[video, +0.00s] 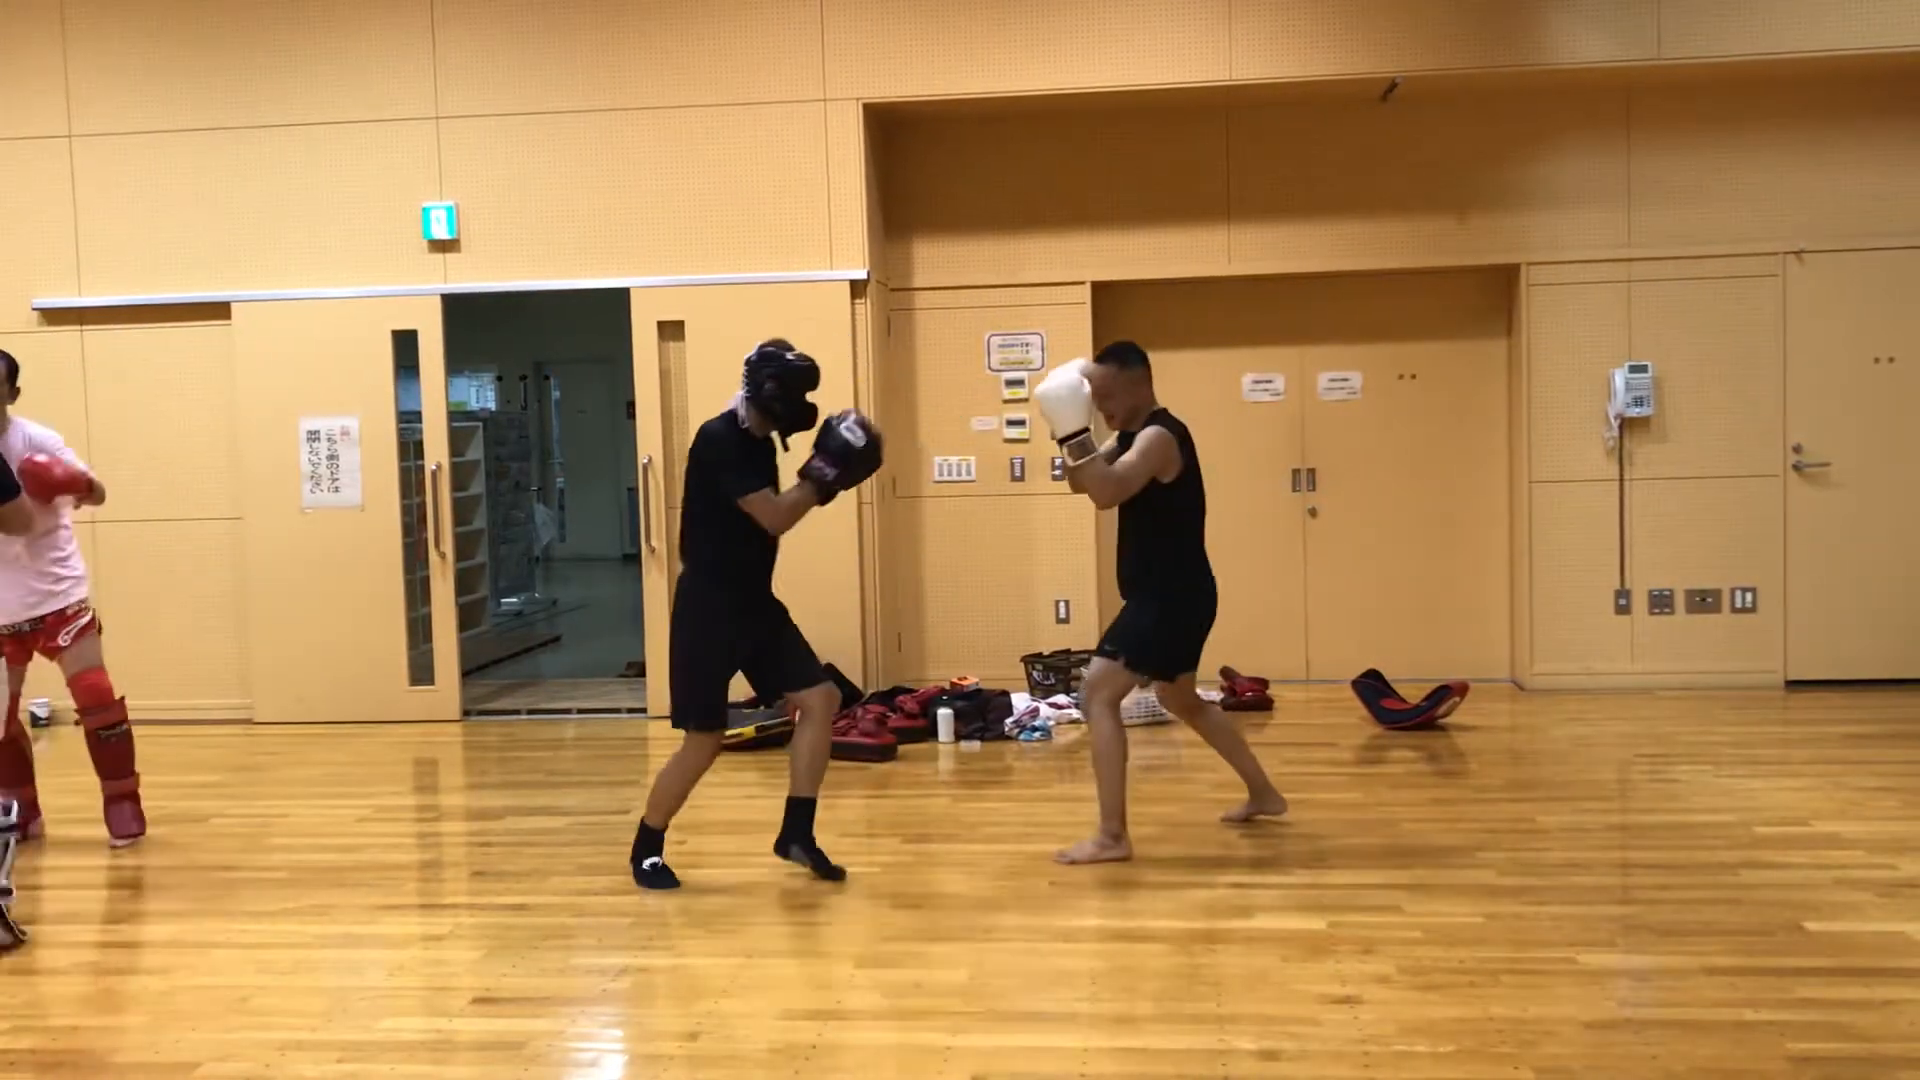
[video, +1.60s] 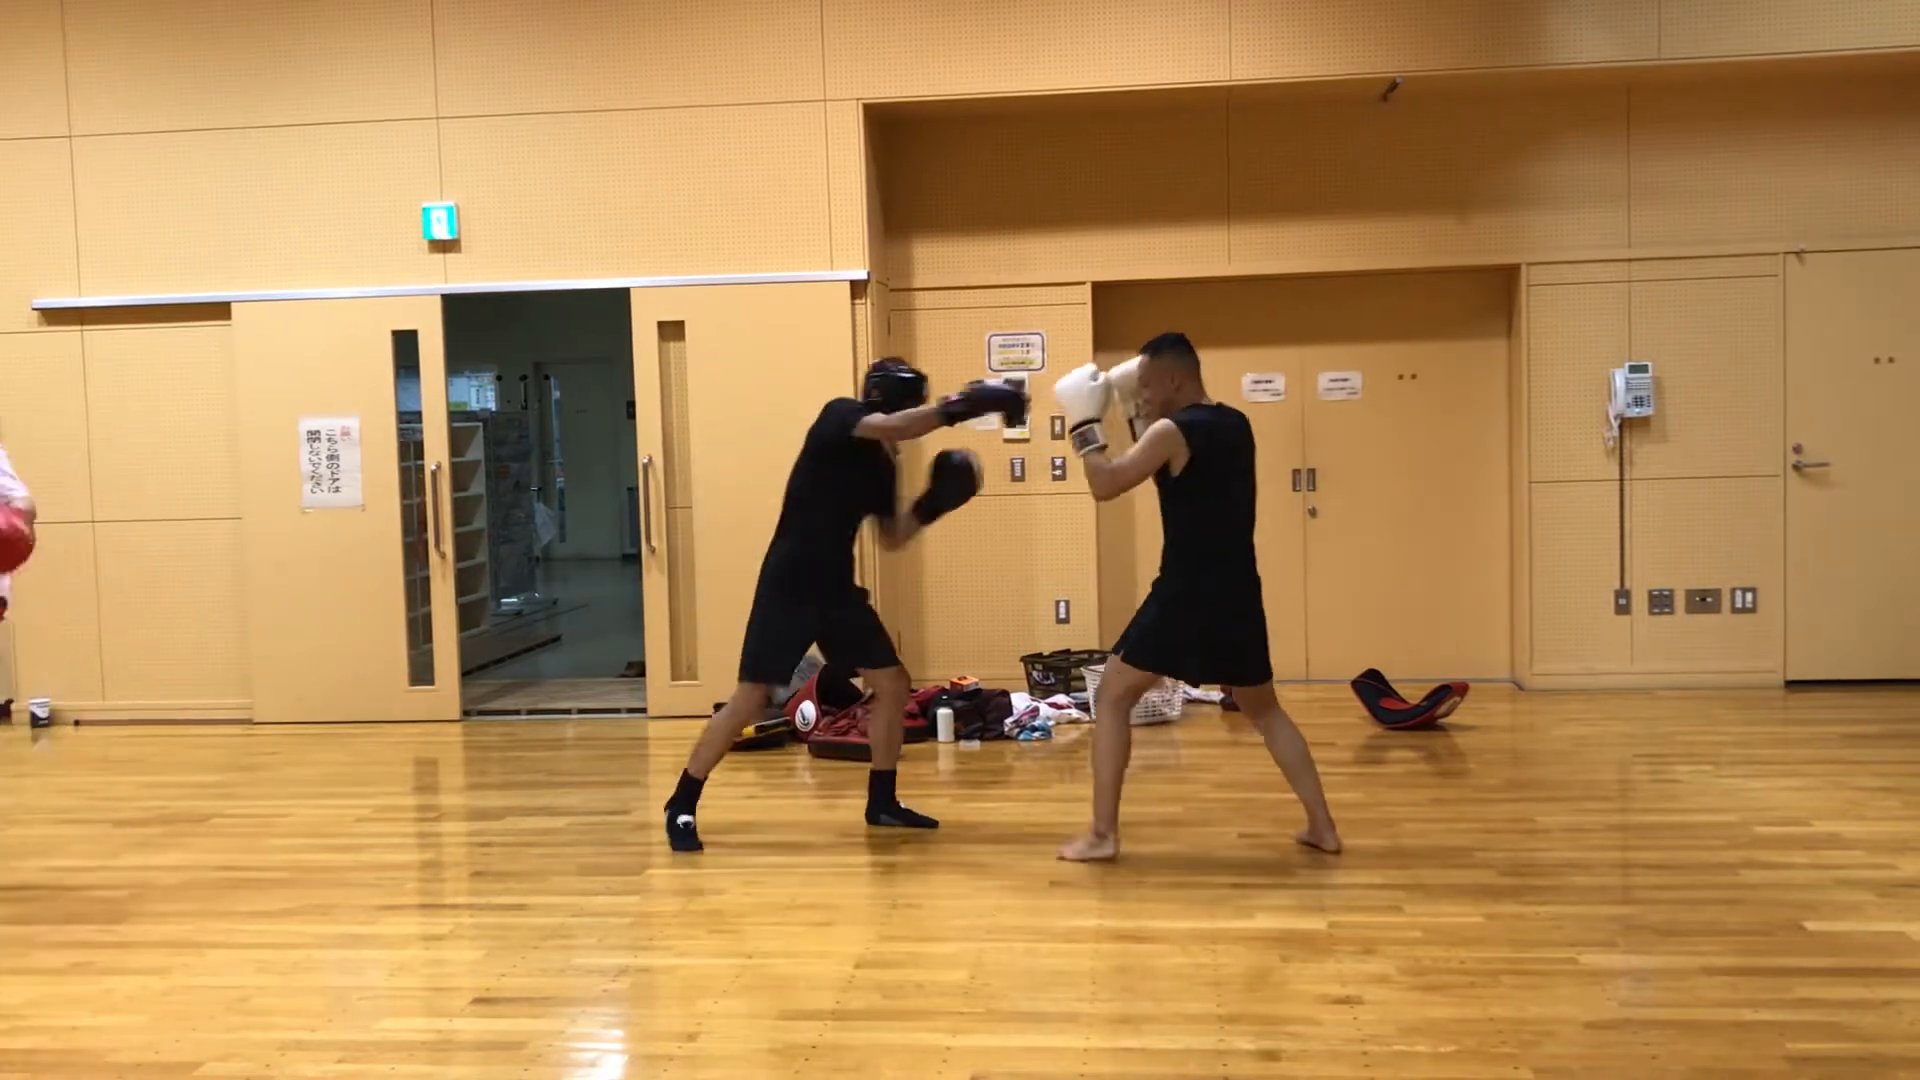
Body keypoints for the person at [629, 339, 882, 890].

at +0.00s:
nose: (782, 422)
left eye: (785, 414)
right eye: (778, 411)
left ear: (774, 402)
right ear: (759, 395)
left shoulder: (759, 440)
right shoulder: (718, 439)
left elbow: (780, 513)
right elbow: (775, 517)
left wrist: (827, 472)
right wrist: (820, 471)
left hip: (753, 604)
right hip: (706, 607)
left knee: (819, 699)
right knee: (703, 741)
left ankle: (797, 834)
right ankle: (646, 848)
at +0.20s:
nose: (799, 411)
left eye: (800, 402)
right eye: (790, 403)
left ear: (790, 395)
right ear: (759, 395)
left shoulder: (787, 427)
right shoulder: (702, 438)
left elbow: (851, 436)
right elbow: (700, 522)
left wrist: (912, 417)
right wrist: (769, 490)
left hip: (768, 597)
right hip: (709, 602)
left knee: (819, 694)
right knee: (691, 720)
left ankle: (816, 794)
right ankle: (646, 847)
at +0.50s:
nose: (821, 421)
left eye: (823, 412)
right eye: (812, 412)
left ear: (816, 411)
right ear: (780, 406)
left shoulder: (815, 440)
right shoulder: (729, 448)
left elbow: (829, 483)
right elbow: (728, 535)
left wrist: (868, 481)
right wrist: (791, 497)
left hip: (780, 599)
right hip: (724, 603)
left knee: (830, 693)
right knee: (704, 716)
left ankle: (818, 804)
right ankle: (645, 819)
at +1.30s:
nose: (838, 413)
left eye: (839, 404)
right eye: (829, 405)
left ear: (828, 405)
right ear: (798, 401)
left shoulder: (827, 447)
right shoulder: (750, 445)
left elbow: (877, 489)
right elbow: (726, 522)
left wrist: (911, 456)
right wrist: (779, 488)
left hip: (801, 602)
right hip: (747, 606)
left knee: (863, 688)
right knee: (713, 719)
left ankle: (881, 802)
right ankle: (643, 813)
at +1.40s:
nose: (870, 415)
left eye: (873, 407)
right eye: (864, 405)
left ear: (842, 405)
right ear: (836, 402)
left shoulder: (834, 450)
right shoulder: (799, 433)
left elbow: (839, 528)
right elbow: (812, 482)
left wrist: (882, 502)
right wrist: (868, 449)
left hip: (809, 595)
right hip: (765, 597)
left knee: (869, 685)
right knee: (754, 719)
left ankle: (882, 801)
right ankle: (679, 807)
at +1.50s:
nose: (887, 419)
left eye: (888, 411)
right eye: (883, 410)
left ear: (847, 403)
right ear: (857, 402)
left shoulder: (834, 457)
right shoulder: (819, 428)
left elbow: (825, 543)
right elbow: (896, 433)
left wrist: (881, 519)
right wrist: (959, 414)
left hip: (817, 594)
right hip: (777, 594)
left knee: (882, 684)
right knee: (752, 716)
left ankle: (881, 802)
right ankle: (673, 810)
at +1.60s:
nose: (914, 417)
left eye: (917, 410)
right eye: (911, 409)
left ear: (881, 399)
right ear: (889, 403)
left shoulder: (881, 463)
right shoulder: (838, 416)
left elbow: (892, 536)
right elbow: (893, 429)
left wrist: (935, 500)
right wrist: (960, 407)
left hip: (835, 586)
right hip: (788, 580)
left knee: (892, 684)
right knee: (752, 697)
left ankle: (883, 803)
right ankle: (681, 806)